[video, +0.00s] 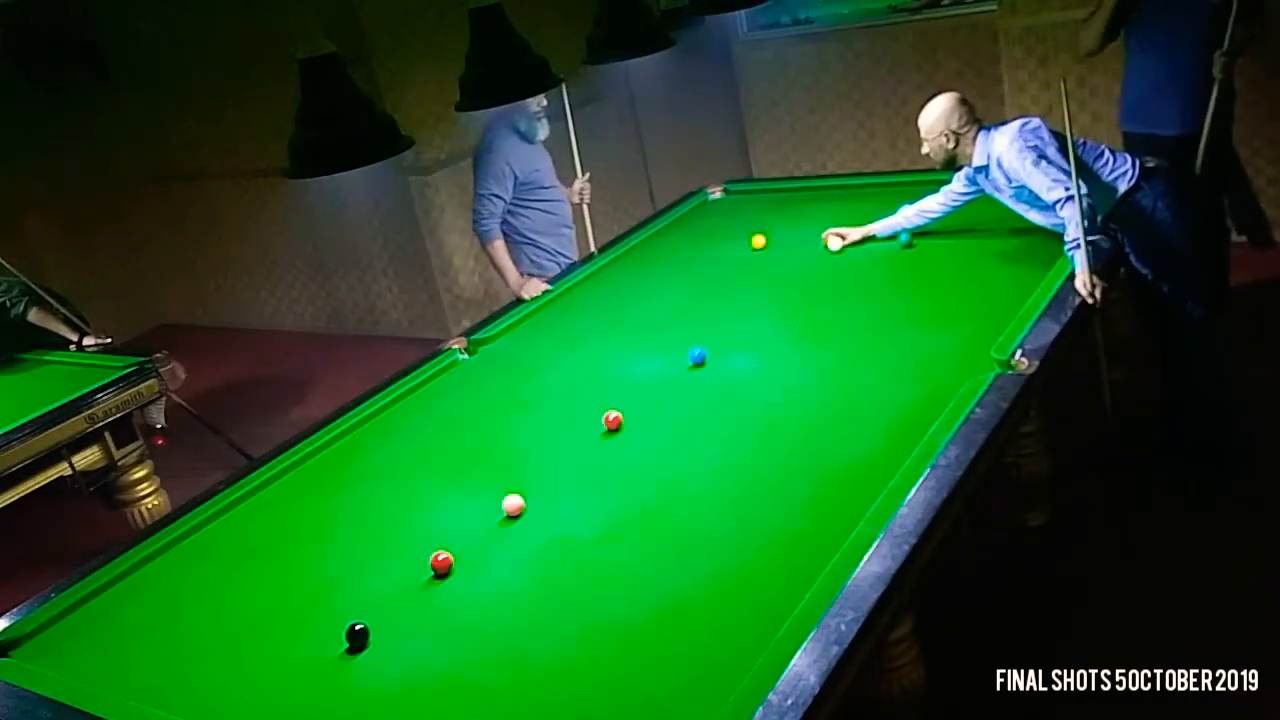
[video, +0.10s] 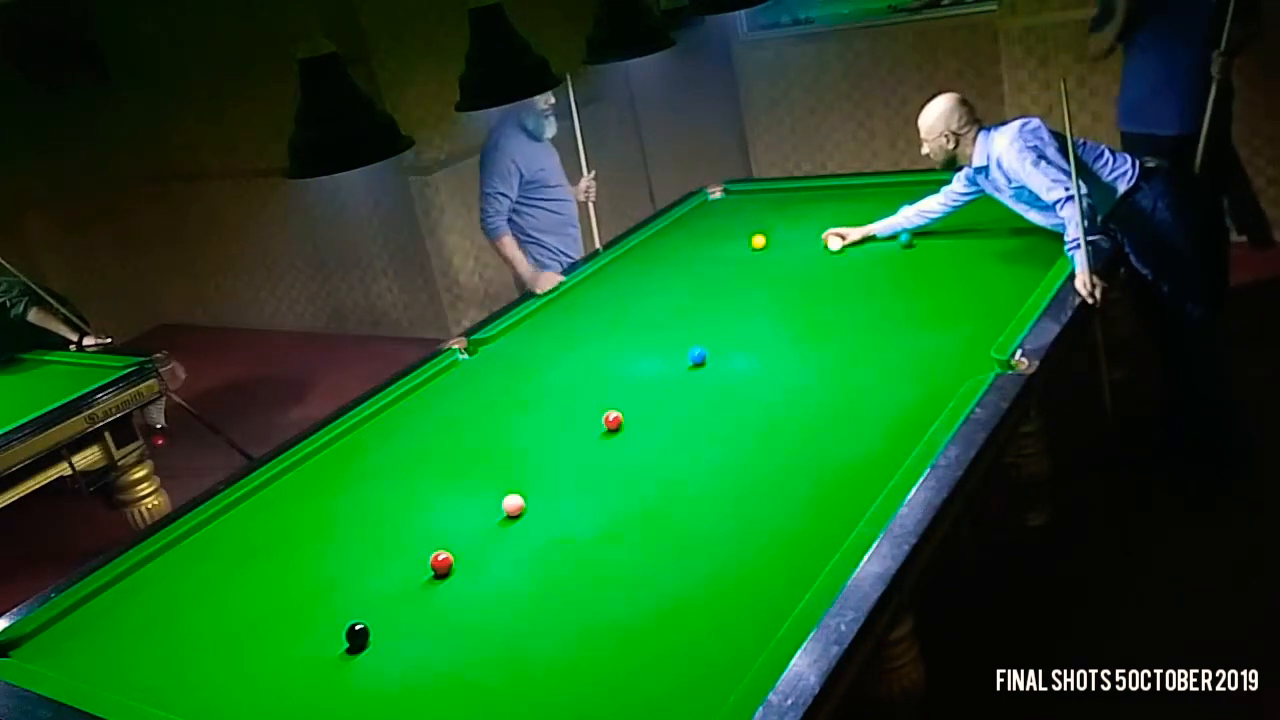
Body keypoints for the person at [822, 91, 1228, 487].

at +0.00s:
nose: (923, 148)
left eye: (927, 139)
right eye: (922, 141)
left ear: (955, 135)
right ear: (955, 134)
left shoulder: (1014, 143)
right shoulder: (978, 171)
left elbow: (1067, 196)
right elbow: (927, 209)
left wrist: (1082, 265)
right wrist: (861, 232)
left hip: (1149, 202)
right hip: (1125, 223)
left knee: (1195, 319)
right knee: (1176, 321)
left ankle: (1216, 443)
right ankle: (1198, 440)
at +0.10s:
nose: (923, 149)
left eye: (927, 140)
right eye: (922, 141)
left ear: (955, 135)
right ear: (955, 134)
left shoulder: (1014, 143)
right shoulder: (977, 171)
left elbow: (1067, 196)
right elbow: (927, 210)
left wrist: (1081, 265)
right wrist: (861, 232)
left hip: (1148, 201)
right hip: (1125, 223)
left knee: (1196, 317)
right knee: (1177, 319)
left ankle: (1217, 443)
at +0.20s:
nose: (925, 149)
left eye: (927, 141)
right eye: (924, 142)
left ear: (952, 137)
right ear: (956, 133)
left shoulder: (1013, 144)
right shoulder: (979, 170)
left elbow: (1068, 195)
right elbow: (928, 210)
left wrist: (1081, 264)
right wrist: (862, 232)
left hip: (1146, 200)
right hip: (1123, 220)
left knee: (1195, 314)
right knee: (1175, 315)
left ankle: (1216, 438)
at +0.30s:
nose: (924, 150)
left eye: (927, 141)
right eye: (923, 142)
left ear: (952, 137)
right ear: (955, 134)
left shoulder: (1013, 145)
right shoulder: (979, 171)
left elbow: (1068, 195)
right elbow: (927, 210)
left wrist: (1081, 264)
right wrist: (862, 232)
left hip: (1148, 201)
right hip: (1124, 220)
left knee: (1194, 317)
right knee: (1174, 318)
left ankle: (1217, 440)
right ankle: (1198, 435)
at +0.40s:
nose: (924, 150)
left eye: (927, 141)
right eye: (923, 143)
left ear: (952, 137)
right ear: (955, 134)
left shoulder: (1013, 145)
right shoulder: (979, 171)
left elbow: (1068, 195)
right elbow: (927, 210)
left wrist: (1081, 264)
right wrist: (861, 232)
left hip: (1147, 200)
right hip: (1124, 219)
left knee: (1194, 317)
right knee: (1174, 318)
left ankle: (1217, 440)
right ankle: (1199, 435)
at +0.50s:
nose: (924, 150)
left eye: (927, 141)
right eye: (923, 143)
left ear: (952, 137)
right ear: (955, 134)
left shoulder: (1013, 145)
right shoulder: (979, 170)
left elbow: (1069, 196)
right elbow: (927, 210)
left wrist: (1081, 264)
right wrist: (861, 232)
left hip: (1148, 201)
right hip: (1124, 219)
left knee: (1194, 319)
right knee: (1174, 320)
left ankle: (1216, 444)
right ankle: (1197, 439)